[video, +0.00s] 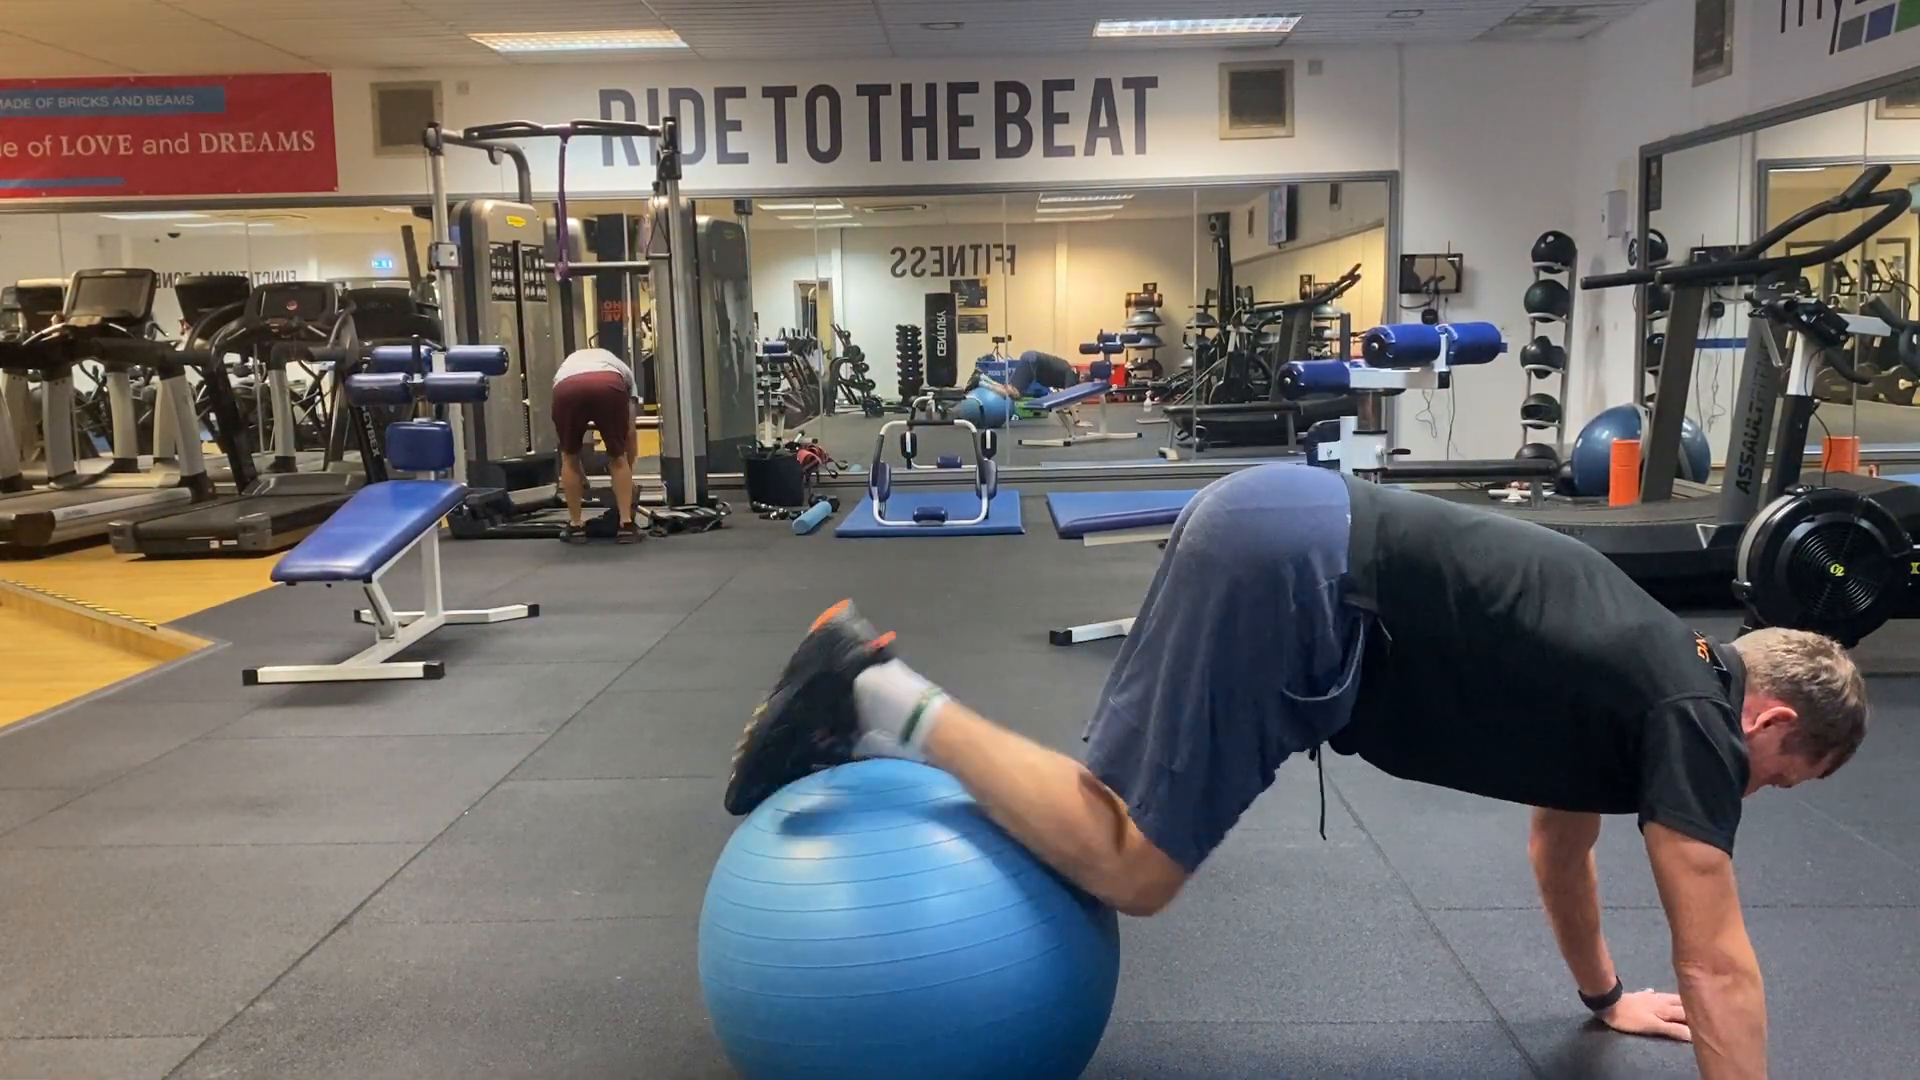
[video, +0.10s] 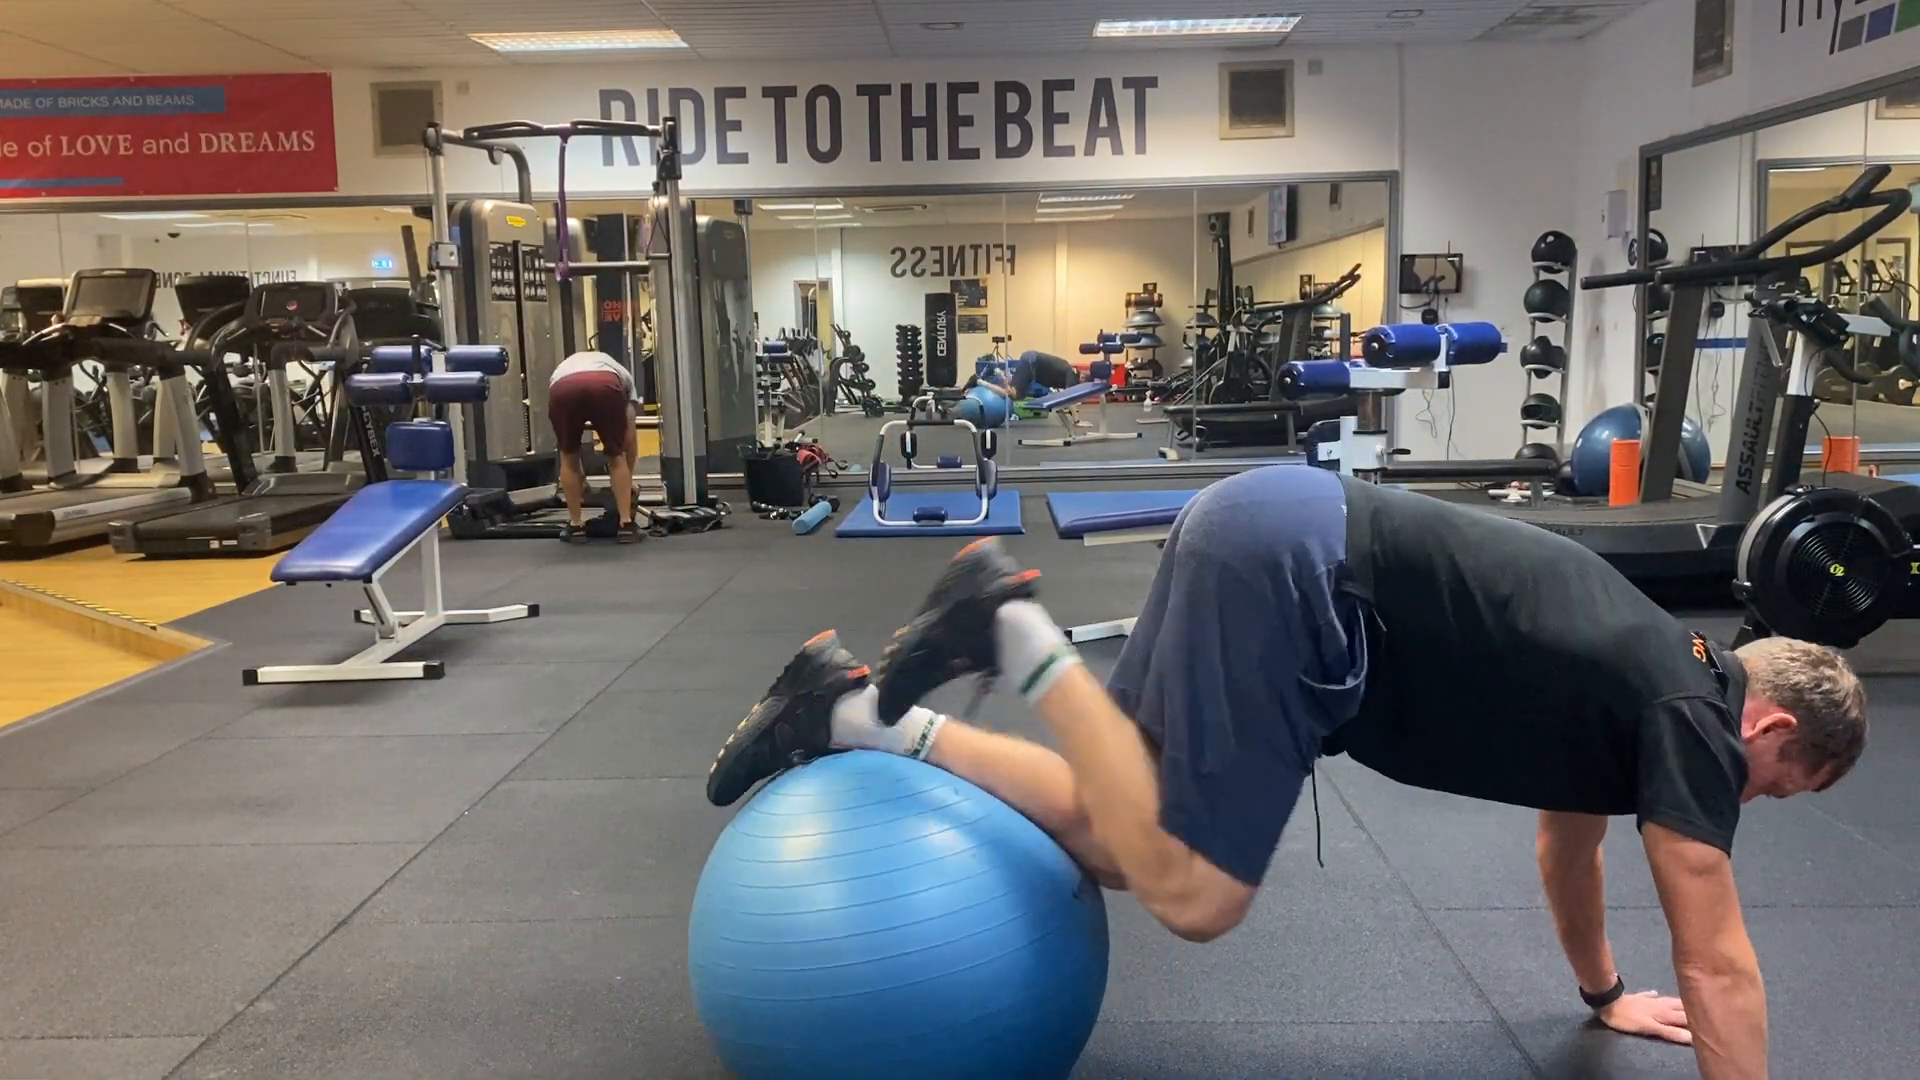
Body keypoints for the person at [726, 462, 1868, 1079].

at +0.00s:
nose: (1770, 788)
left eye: (1787, 776)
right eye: (1789, 771)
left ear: (1747, 674)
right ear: (1775, 718)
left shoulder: (1626, 649)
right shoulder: (1692, 710)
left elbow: (1561, 847)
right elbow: (1717, 974)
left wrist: (1609, 1000)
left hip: (1285, 509)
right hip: (1301, 556)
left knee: (1114, 816)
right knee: (1135, 871)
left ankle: (868, 685)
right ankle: (875, 689)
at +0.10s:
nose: (1768, 797)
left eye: (1786, 786)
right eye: (1786, 778)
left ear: (1745, 682)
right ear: (1768, 716)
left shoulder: (1627, 658)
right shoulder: (1685, 711)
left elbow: (1567, 848)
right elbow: (1719, 976)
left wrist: (1607, 993)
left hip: (1276, 518)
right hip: (1298, 556)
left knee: (1133, 826)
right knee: (1198, 899)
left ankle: (851, 712)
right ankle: (1016, 623)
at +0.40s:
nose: (1782, 809)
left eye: (1802, 802)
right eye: (1804, 793)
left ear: (1776, 691)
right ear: (1801, 732)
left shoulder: (1649, 652)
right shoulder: (1712, 709)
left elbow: (1580, 845)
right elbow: (1721, 979)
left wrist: (1609, 992)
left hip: (1290, 511)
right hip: (1338, 564)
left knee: (1096, 786)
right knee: (1228, 885)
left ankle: (818, 674)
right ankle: (987, 692)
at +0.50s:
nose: (1793, 811)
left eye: (1812, 803)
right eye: (1814, 794)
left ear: (1786, 701)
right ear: (1811, 731)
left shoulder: (1646, 650)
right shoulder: (1723, 700)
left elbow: (1576, 838)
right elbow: (1728, 975)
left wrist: (1605, 992)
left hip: (1292, 525)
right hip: (1339, 578)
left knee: (1119, 803)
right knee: (1214, 886)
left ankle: (833, 664)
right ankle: (955, 700)